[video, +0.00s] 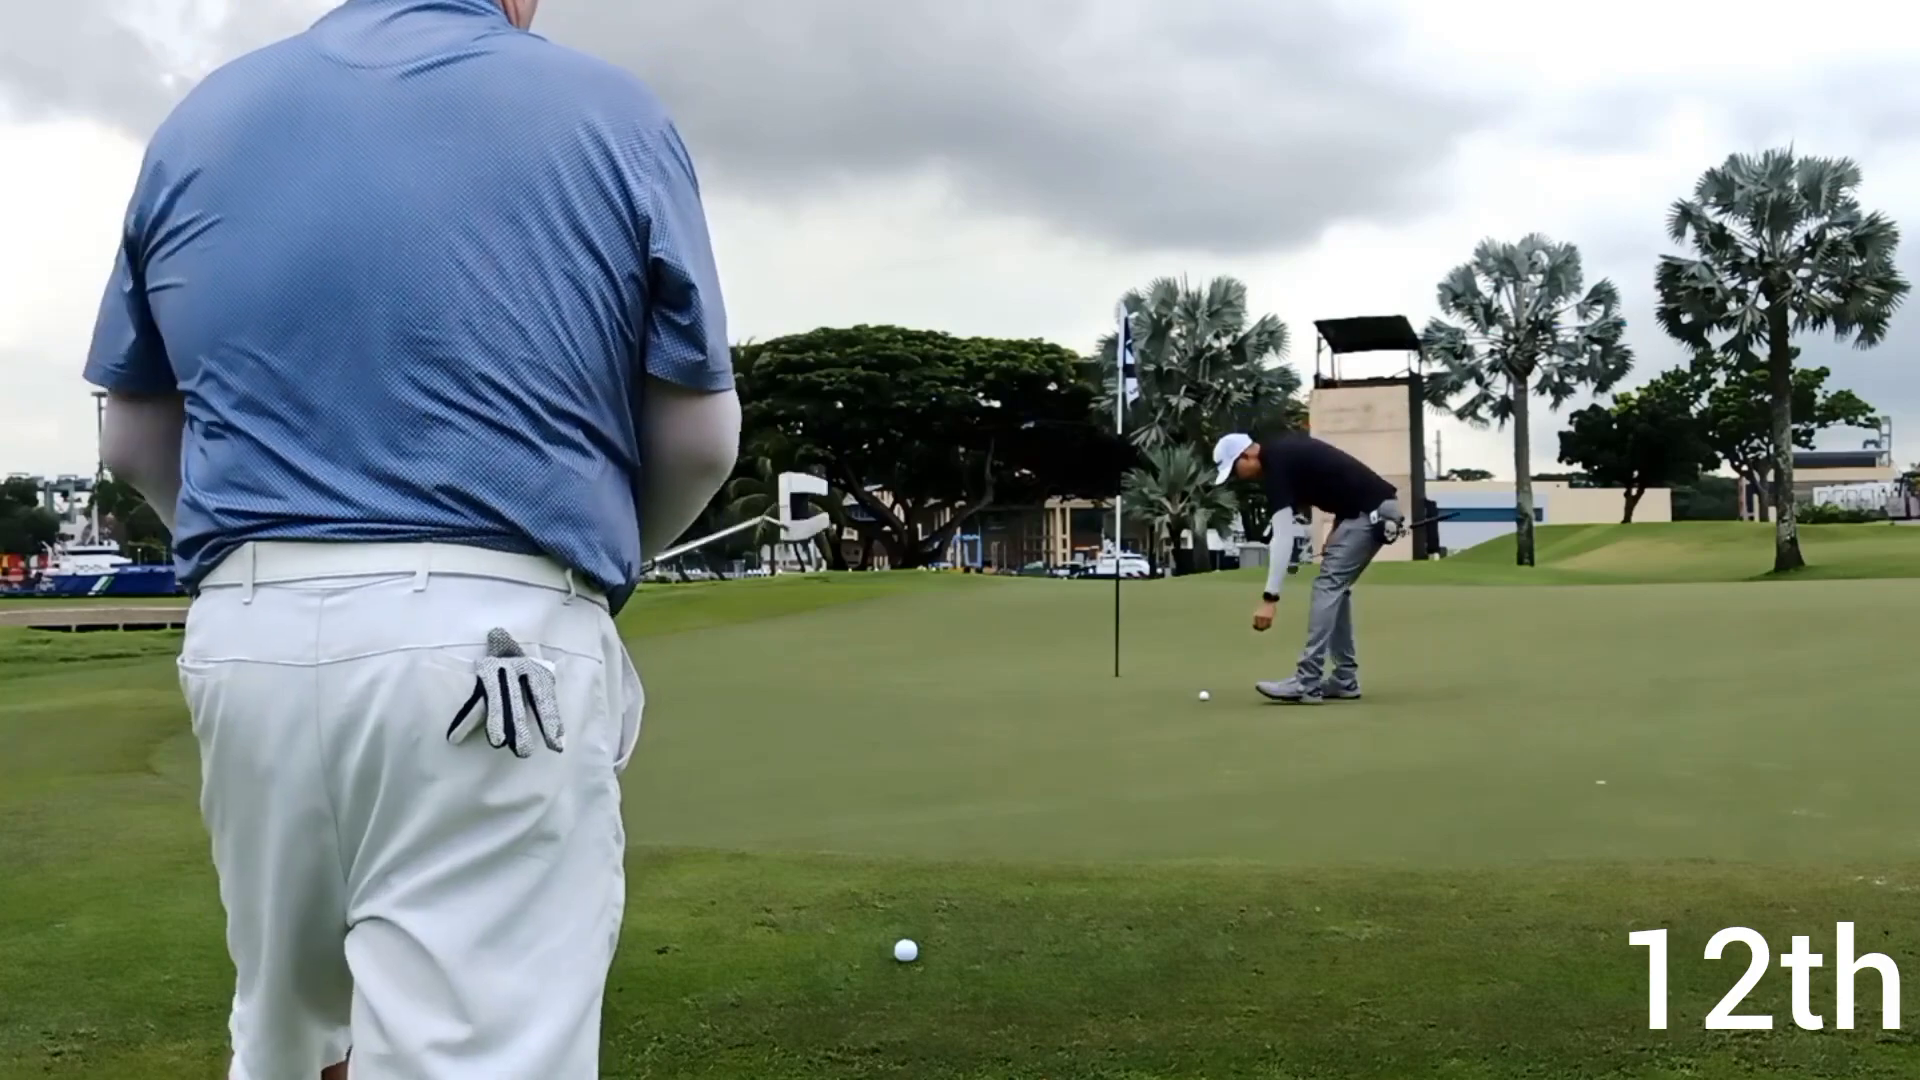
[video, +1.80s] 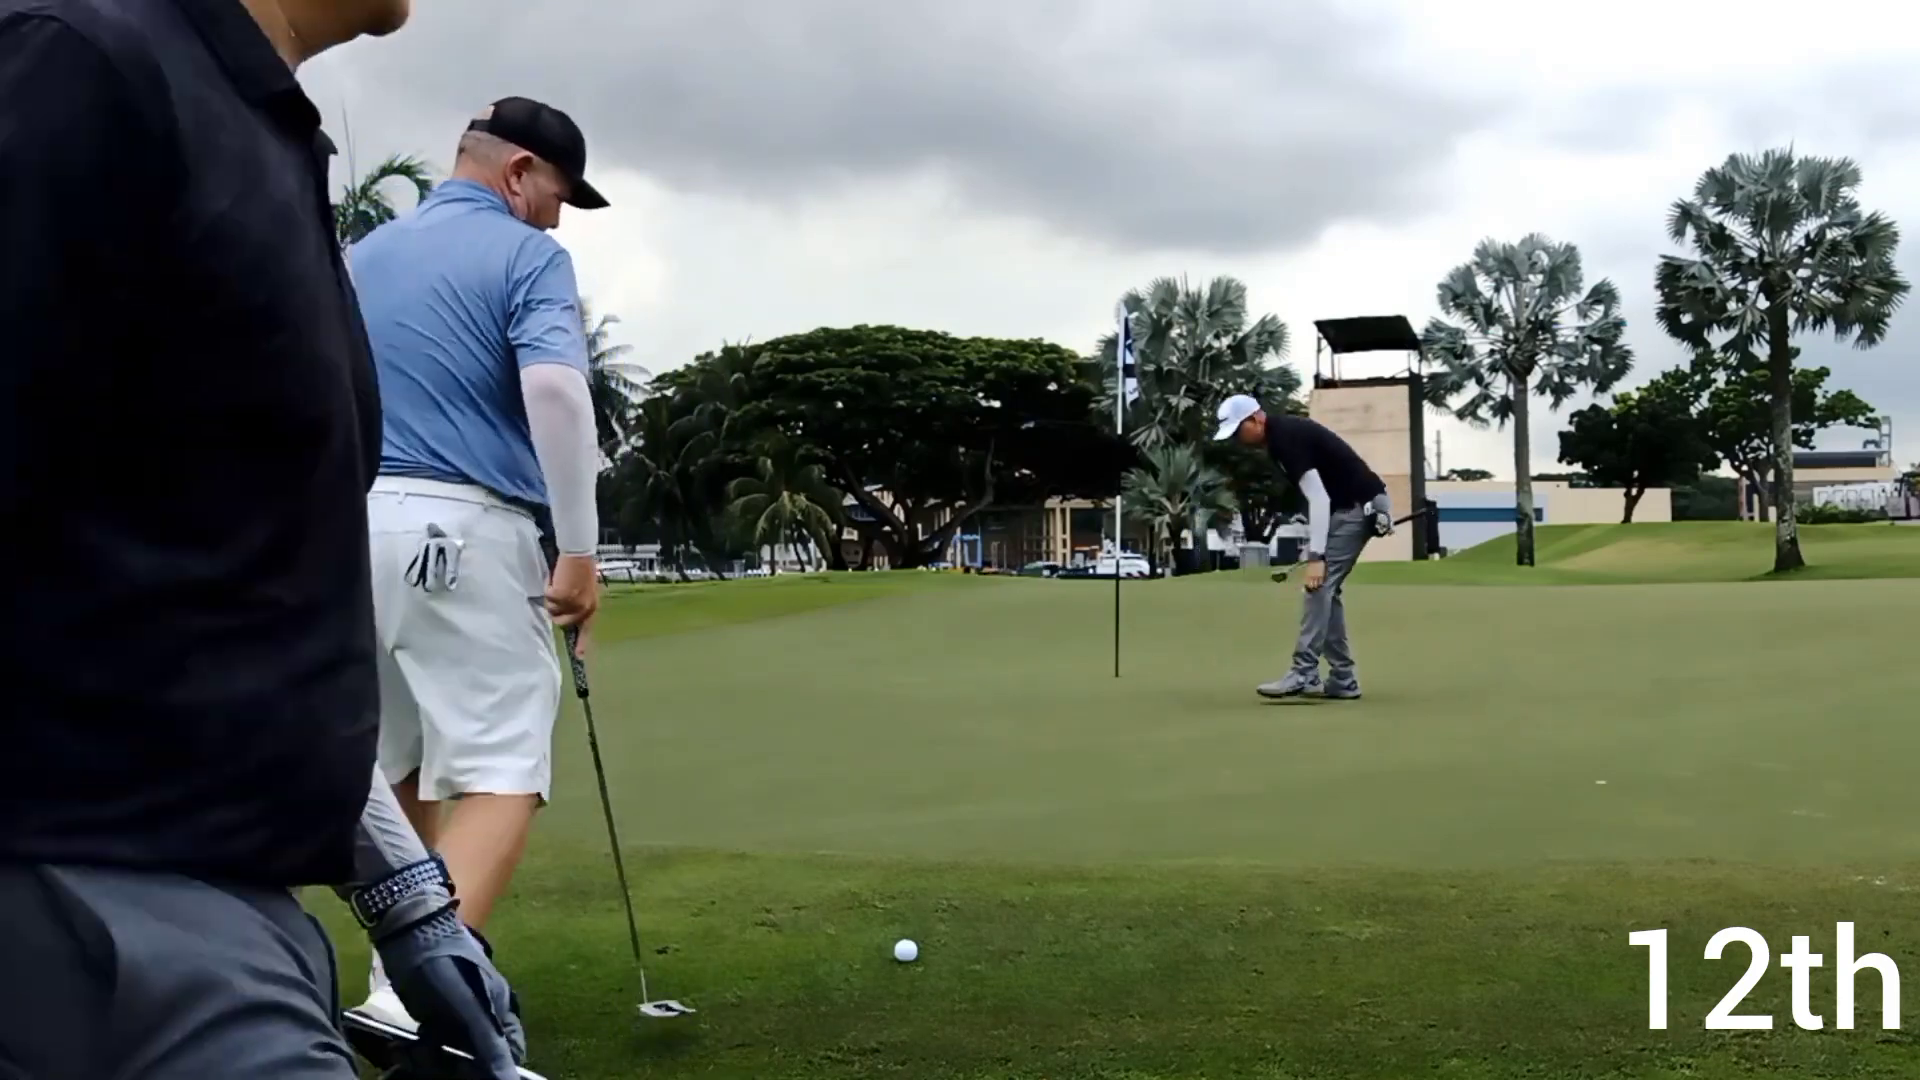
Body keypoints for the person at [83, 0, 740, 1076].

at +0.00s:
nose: (546, 22)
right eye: (546, 17)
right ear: (521, 4)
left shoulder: (206, 112)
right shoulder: (608, 108)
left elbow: (137, 436)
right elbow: (698, 439)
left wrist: (275, 536)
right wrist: (577, 552)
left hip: (250, 625)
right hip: (499, 620)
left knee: (286, 1043)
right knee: (473, 1055)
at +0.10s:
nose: (531, 39)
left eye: (535, 23)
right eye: (536, 21)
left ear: (367, 10)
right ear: (507, 11)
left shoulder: (200, 147)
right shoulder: (600, 139)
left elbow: (107, 452)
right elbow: (689, 457)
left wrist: (192, 668)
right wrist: (611, 587)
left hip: (252, 630)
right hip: (499, 623)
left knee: (287, 1037)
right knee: (466, 1052)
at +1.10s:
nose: (501, 169)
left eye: (504, 151)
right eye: (506, 148)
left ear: (378, 115)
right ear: (476, 126)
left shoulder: (256, 217)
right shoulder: (525, 239)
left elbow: (181, 421)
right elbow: (596, 438)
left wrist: (250, 526)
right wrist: (603, 603)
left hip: (291, 565)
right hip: (457, 564)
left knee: (297, 865)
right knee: (427, 879)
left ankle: (291, 1076)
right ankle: (398, 1075)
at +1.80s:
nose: (558, 221)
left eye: (563, 205)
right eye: (559, 199)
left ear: (472, 165)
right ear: (523, 172)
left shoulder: (365, 249)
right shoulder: (528, 254)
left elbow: (324, 382)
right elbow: (554, 389)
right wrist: (579, 547)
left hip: (351, 524)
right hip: (468, 529)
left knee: (400, 774)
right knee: (499, 774)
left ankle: (402, 988)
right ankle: (414, 992)